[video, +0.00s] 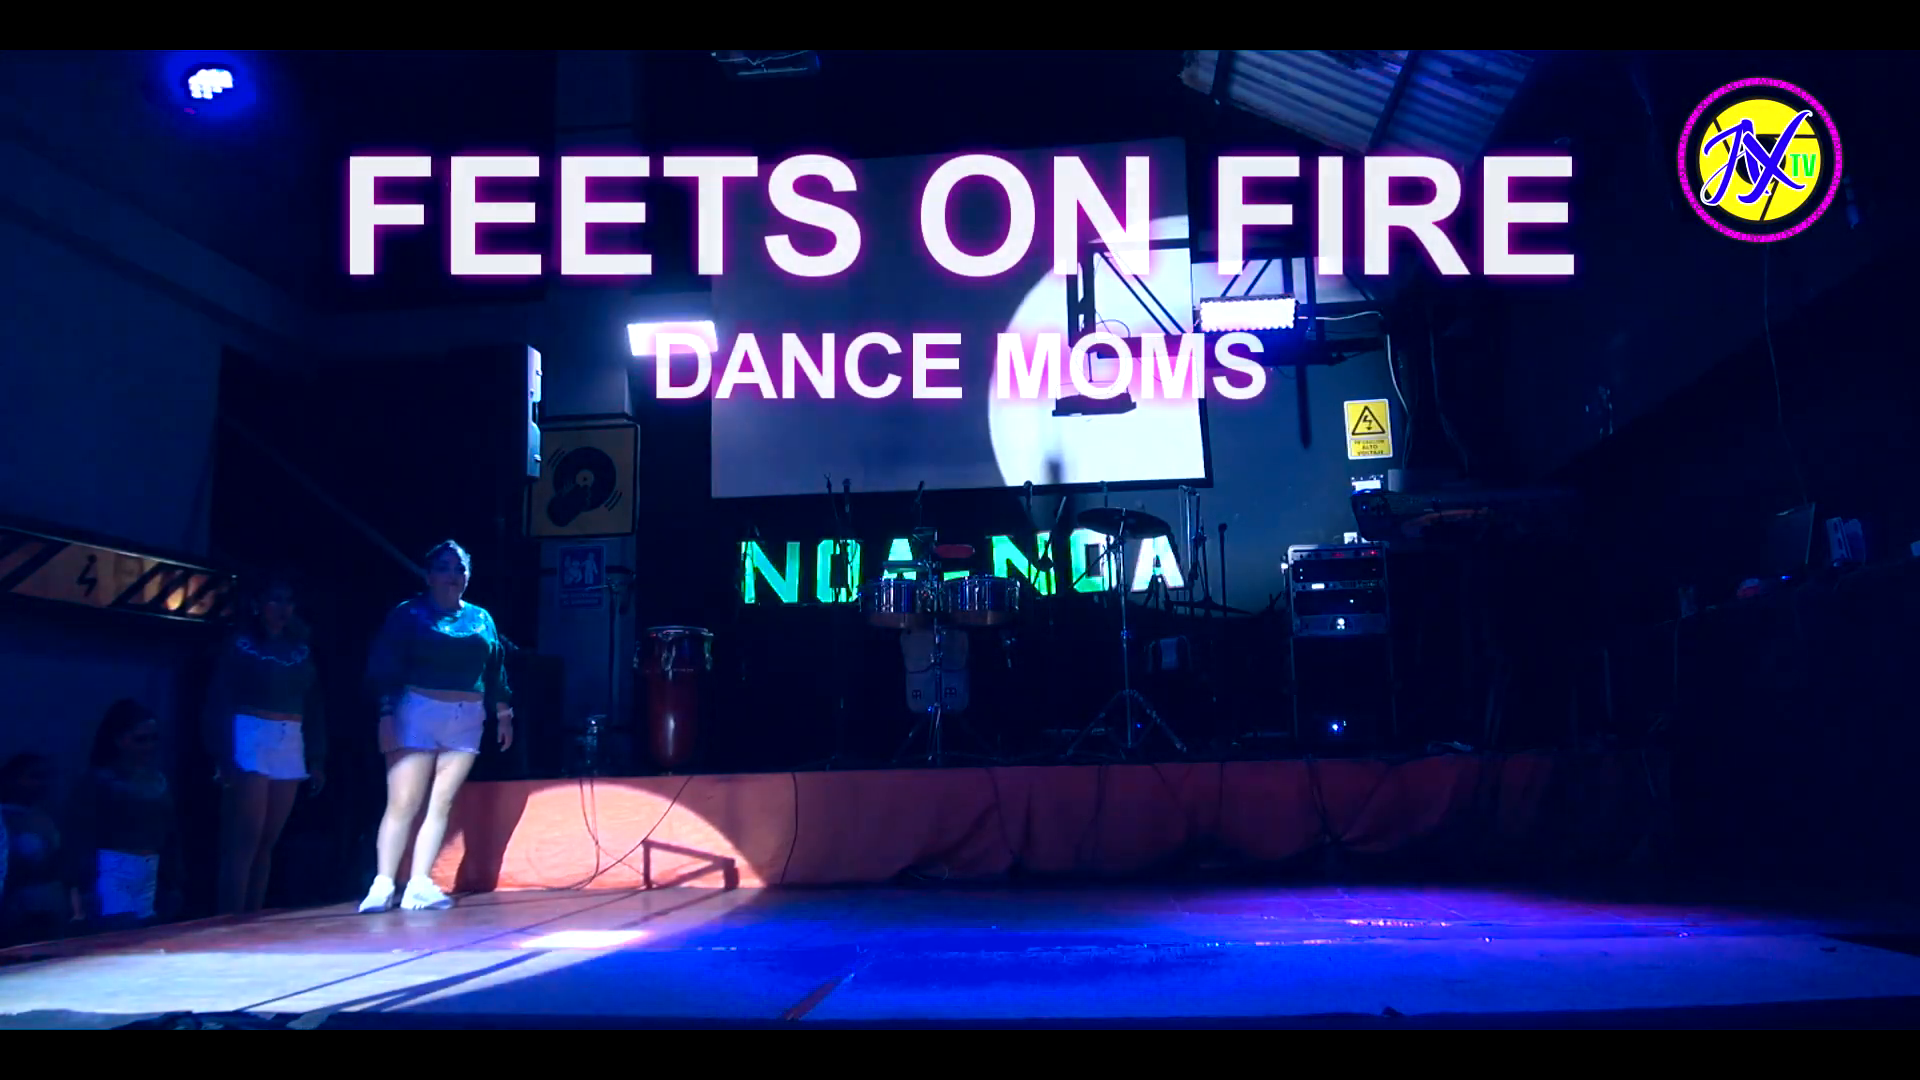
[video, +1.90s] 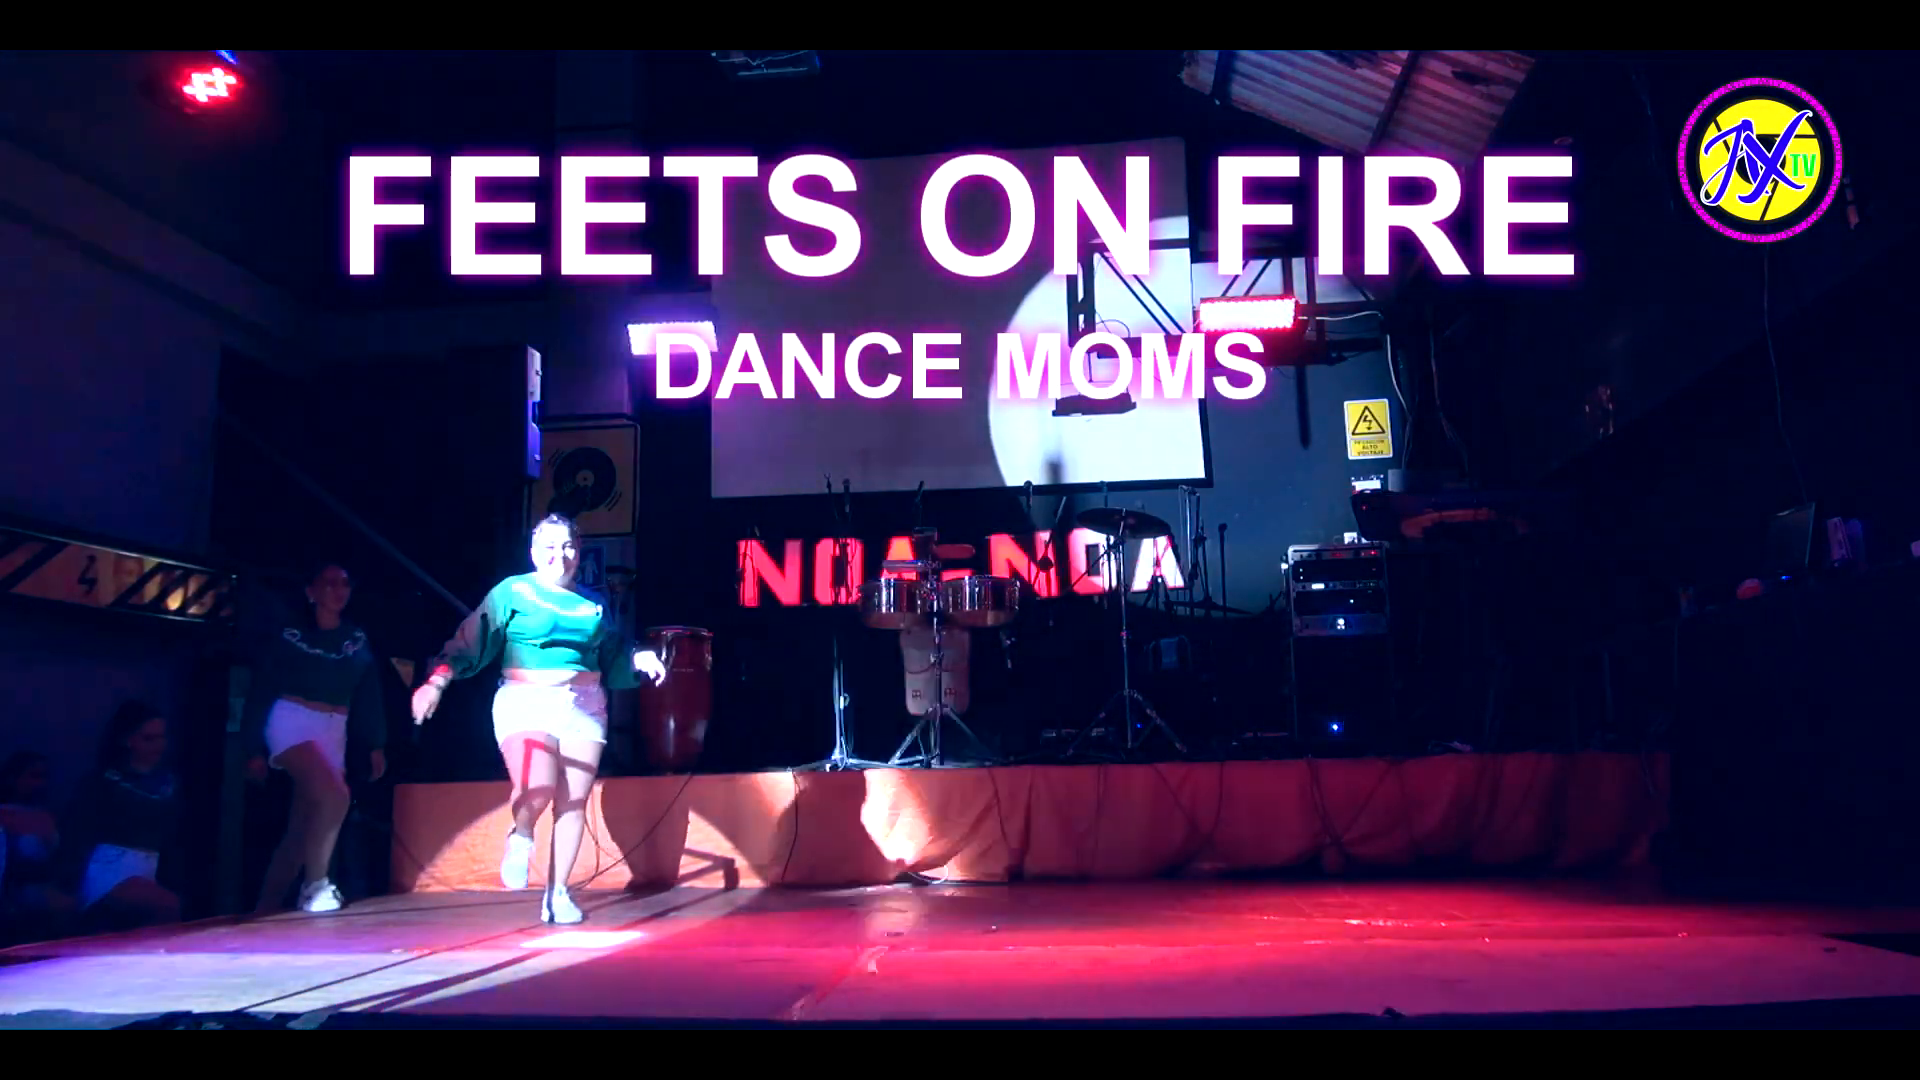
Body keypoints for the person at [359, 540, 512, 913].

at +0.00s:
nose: (453, 576)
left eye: (460, 570)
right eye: (445, 569)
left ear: (468, 576)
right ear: (429, 575)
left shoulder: (481, 618)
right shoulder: (408, 615)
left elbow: (496, 671)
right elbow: (386, 667)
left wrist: (503, 714)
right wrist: (386, 715)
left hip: (467, 713)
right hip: (417, 709)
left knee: (441, 805)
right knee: (402, 805)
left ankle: (419, 884)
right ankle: (384, 882)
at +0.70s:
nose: (473, 574)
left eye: (479, 568)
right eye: (465, 568)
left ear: (486, 574)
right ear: (447, 572)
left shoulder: (491, 616)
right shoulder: (431, 611)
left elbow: (506, 669)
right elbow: (396, 655)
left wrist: (537, 696)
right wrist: (379, 703)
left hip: (475, 717)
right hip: (432, 708)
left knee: (437, 802)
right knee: (473, 774)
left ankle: (417, 884)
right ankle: (451, 861)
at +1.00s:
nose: (489, 575)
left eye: (495, 569)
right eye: (481, 567)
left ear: (502, 574)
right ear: (462, 570)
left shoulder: (517, 614)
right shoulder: (440, 613)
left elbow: (553, 650)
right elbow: (402, 657)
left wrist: (588, 674)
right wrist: (376, 706)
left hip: (497, 719)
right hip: (449, 711)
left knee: (458, 803)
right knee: (476, 792)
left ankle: (418, 878)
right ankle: (490, 881)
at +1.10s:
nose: (498, 574)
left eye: (504, 567)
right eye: (491, 566)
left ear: (509, 573)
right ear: (469, 567)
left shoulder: (524, 612)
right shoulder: (442, 614)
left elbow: (560, 650)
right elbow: (410, 658)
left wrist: (591, 685)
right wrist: (393, 708)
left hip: (510, 713)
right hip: (457, 711)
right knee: (482, 794)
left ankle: (454, 855)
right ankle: (492, 883)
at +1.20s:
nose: (511, 572)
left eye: (515, 566)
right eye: (503, 564)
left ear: (519, 573)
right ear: (480, 566)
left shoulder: (531, 615)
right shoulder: (449, 615)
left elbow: (562, 660)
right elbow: (421, 664)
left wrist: (586, 696)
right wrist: (416, 709)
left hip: (520, 713)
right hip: (464, 714)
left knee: (546, 788)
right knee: (487, 795)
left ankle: (510, 841)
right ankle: (493, 882)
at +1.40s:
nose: (531, 562)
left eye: (535, 556)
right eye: (522, 553)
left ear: (538, 562)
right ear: (498, 557)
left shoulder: (548, 605)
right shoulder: (465, 601)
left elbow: (568, 654)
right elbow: (427, 646)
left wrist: (569, 699)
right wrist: (446, 650)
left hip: (537, 703)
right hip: (482, 705)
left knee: (543, 791)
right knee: (494, 799)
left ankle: (550, 881)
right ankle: (500, 883)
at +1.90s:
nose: (559, 555)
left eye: (567, 548)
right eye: (550, 547)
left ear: (578, 555)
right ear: (533, 552)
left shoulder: (594, 607)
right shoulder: (510, 592)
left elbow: (609, 664)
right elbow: (468, 644)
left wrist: (636, 660)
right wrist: (436, 682)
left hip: (583, 703)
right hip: (526, 699)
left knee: (575, 800)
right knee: (538, 789)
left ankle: (558, 893)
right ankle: (521, 838)